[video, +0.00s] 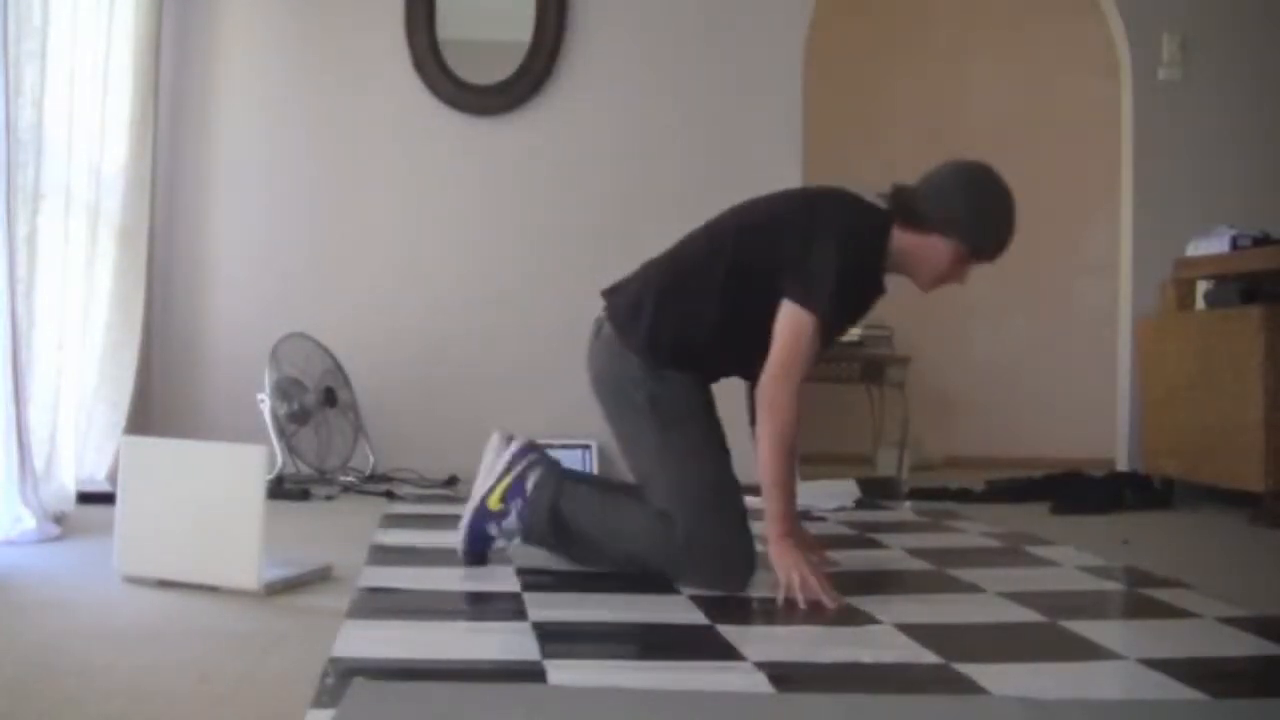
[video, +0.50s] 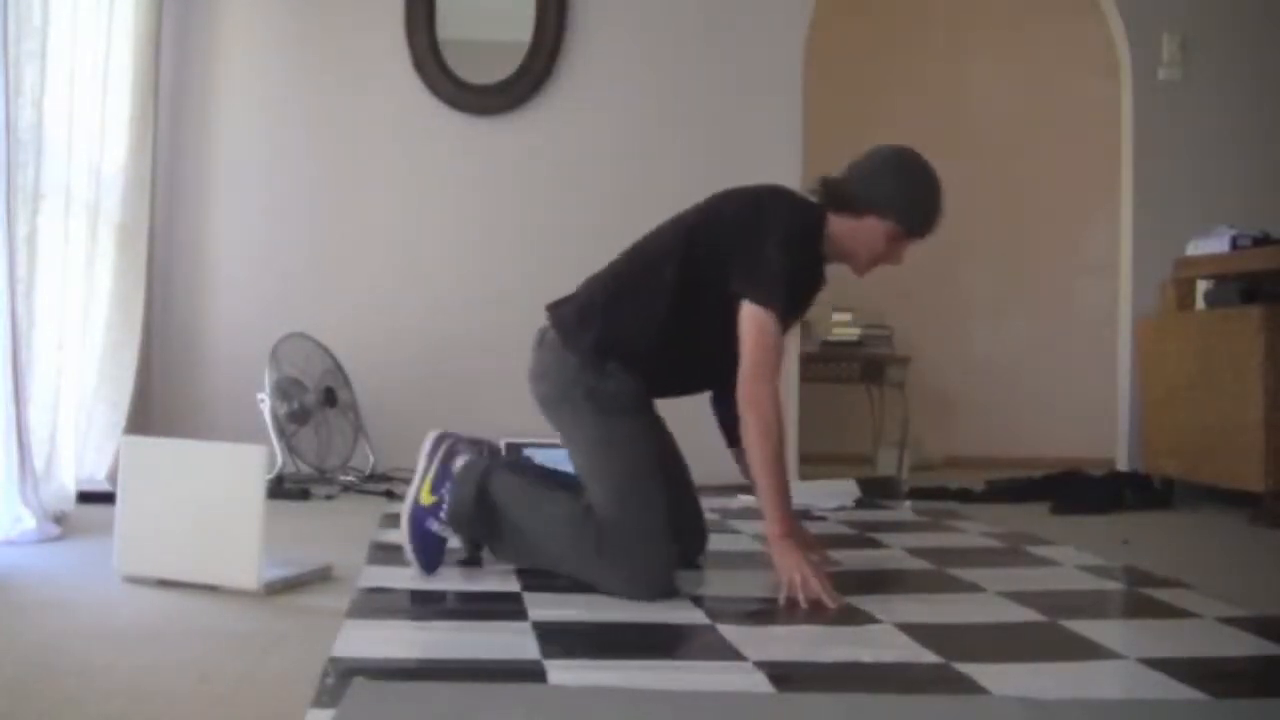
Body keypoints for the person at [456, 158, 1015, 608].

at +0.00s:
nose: (961, 278)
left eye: (973, 267)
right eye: (969, 261)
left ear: (934, 227)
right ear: (944, 232)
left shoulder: (855, 252)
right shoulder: (840, 236)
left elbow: (778, 391)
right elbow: (777, 390)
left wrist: (783, 522)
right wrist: (781, 534)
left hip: (663, 359)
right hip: (640, 356)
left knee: (713, 542)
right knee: (717, 564)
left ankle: (541, 486)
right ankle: (531, 494)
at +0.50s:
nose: (897, 258)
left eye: (906, 246)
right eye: (901, 239)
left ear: (866, 212)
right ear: (869, 209)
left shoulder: (797, 252)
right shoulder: (782, 226)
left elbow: (737, 397)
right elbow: (754, 388)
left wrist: (781, 517)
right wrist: (781, 534)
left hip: (617, 377)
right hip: (581, 365)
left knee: (681, 541)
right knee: (640, 569)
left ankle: (503, 481)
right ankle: (469, 486)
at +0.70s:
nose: (837, 215)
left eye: (843, 200)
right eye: (838, 197)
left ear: (801, 179)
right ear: (809, 182)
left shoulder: (733, 228)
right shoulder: (725, 221)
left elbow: (714, 392)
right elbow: (734, 391)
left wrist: (774, 510)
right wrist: (786, 527)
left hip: (584, 392)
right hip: (551, 388)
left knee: (680, 542)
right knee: (643, 574)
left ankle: (515, 479)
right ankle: (471, 494)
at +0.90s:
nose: (794, 183)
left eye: (798, 166)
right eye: (793, 164)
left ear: (751, 150)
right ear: (763, 153)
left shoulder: (697, 210)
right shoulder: (691, 211)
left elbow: (697, 377)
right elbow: (696, 380)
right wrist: (752, 484)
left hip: (578, 405)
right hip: (537, 404)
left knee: (679, 541)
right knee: (638, 571)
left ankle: (493, 478)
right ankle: (472, 495)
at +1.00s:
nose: (786, 168)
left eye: (788, 151)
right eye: (783, 150)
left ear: (742, 140)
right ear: (752, 143)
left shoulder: (683, 196)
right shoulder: (681, 201)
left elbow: (700, 362)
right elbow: (699, 370)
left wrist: (744, 431)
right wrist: (748, 437)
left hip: (574, 405)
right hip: (534, 407)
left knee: (680, 543)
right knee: (639, 576)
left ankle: (488, 478)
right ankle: (472, 497)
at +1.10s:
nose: (778, 162)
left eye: (780, 145)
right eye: (775, 144)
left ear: (722, 130)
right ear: (743, 135)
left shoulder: (678, 190)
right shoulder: (672, 193)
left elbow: (723, 353)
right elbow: (720, 358)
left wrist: (783, 404)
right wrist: (790, 409)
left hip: (578, 405)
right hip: (532, 408)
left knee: (680, 543)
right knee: (638, 576)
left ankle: (488, 478)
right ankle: (472, 495)